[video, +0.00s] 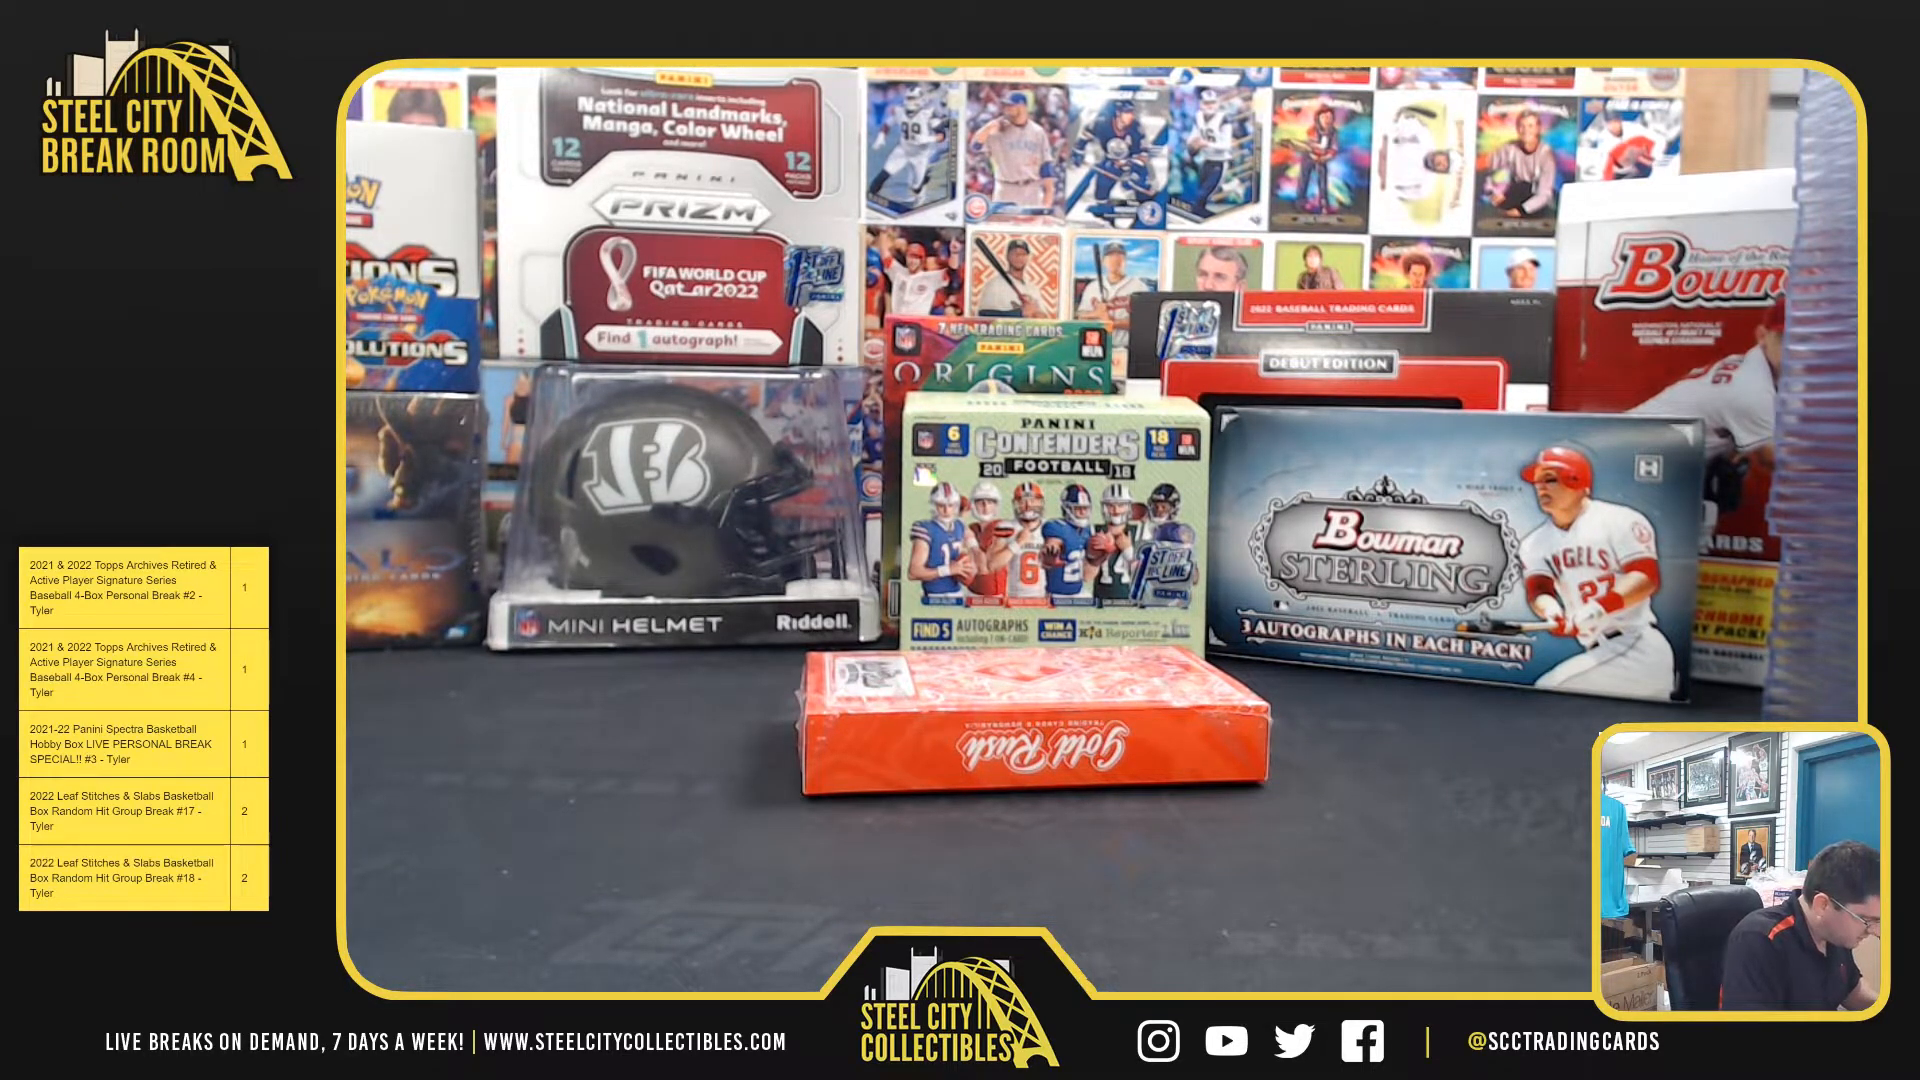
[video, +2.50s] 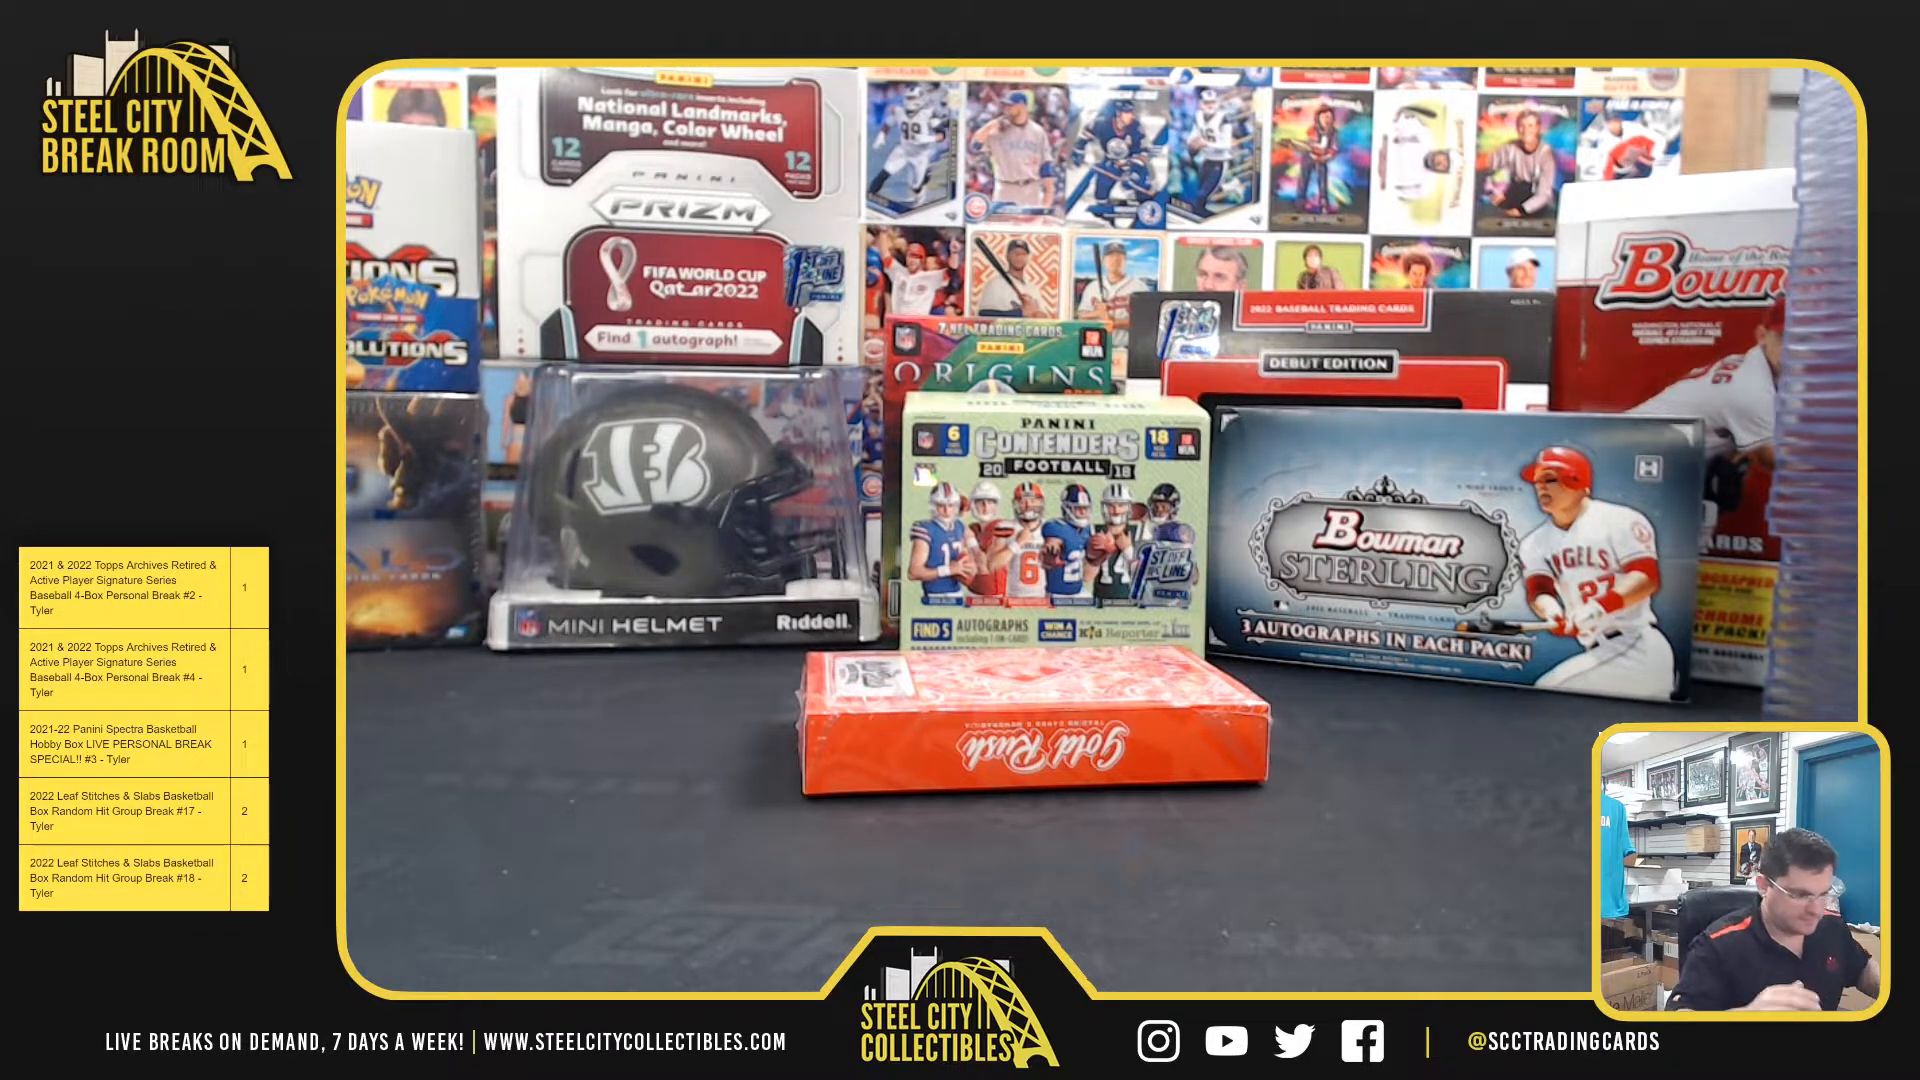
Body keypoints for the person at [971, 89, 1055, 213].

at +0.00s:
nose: (1006, 110)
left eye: (1010, 106)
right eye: (1006, 106)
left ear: (1022, 107)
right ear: (1004, 107)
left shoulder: (1038, 132)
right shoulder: (997, 129)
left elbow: (1046, 166)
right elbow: (974, 147)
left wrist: (1048, 199)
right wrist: (989, 128)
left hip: (1031, 186)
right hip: (1005, 186)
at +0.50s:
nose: (1006, 110)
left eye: (1010, 106)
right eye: (1006, 106)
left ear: (1022, 107)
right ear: (1004, 107)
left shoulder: (1038, 132)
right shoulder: (997, 129)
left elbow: (1046, 167)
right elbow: (975, 147)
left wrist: (1048, 200)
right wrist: (990, 127)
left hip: (1031, 186)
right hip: (1004, 186)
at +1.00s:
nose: (1006, 110)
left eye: (1010, 106)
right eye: (1006, 106)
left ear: (1022, 107)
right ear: (1004, 107)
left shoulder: (1038, 132)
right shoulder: (997, 129)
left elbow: (1046, 166)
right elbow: (974, 148)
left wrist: (1048, 198)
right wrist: (991, 127)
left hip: (1031, 186)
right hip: (1005, 186)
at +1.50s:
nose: (1006, 110)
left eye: (1010, 106)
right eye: (1006, 106)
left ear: (1022, 107)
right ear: (1004, 107)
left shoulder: (1038, 132)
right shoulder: (996, 129)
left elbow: (1046, 166)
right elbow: (974, 147)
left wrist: (1048, 198)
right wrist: (991, 127)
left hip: (1032, 186)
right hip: (1005, 186)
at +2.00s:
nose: (1006, 110)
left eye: (1010, 106)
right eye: (1005, 106)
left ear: (1022, 107)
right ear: (1004, 107)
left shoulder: (1038, 132)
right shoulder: (996, 129)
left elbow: (1046, 166)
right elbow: (974, 148)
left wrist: (1048, 198)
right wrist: (991, 127)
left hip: (1032, 186)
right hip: (1005, 186)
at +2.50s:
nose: (1006, 110)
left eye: (1010, 106)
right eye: (1005, 106)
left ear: (1022, 107)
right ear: (1004, 107)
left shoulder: (1038, 132)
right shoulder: (996, 129)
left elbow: (1046, 166)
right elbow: (974, 148)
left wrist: (1048, 198)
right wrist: (990, 127)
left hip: (1031, 186)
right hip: (1005, 186)